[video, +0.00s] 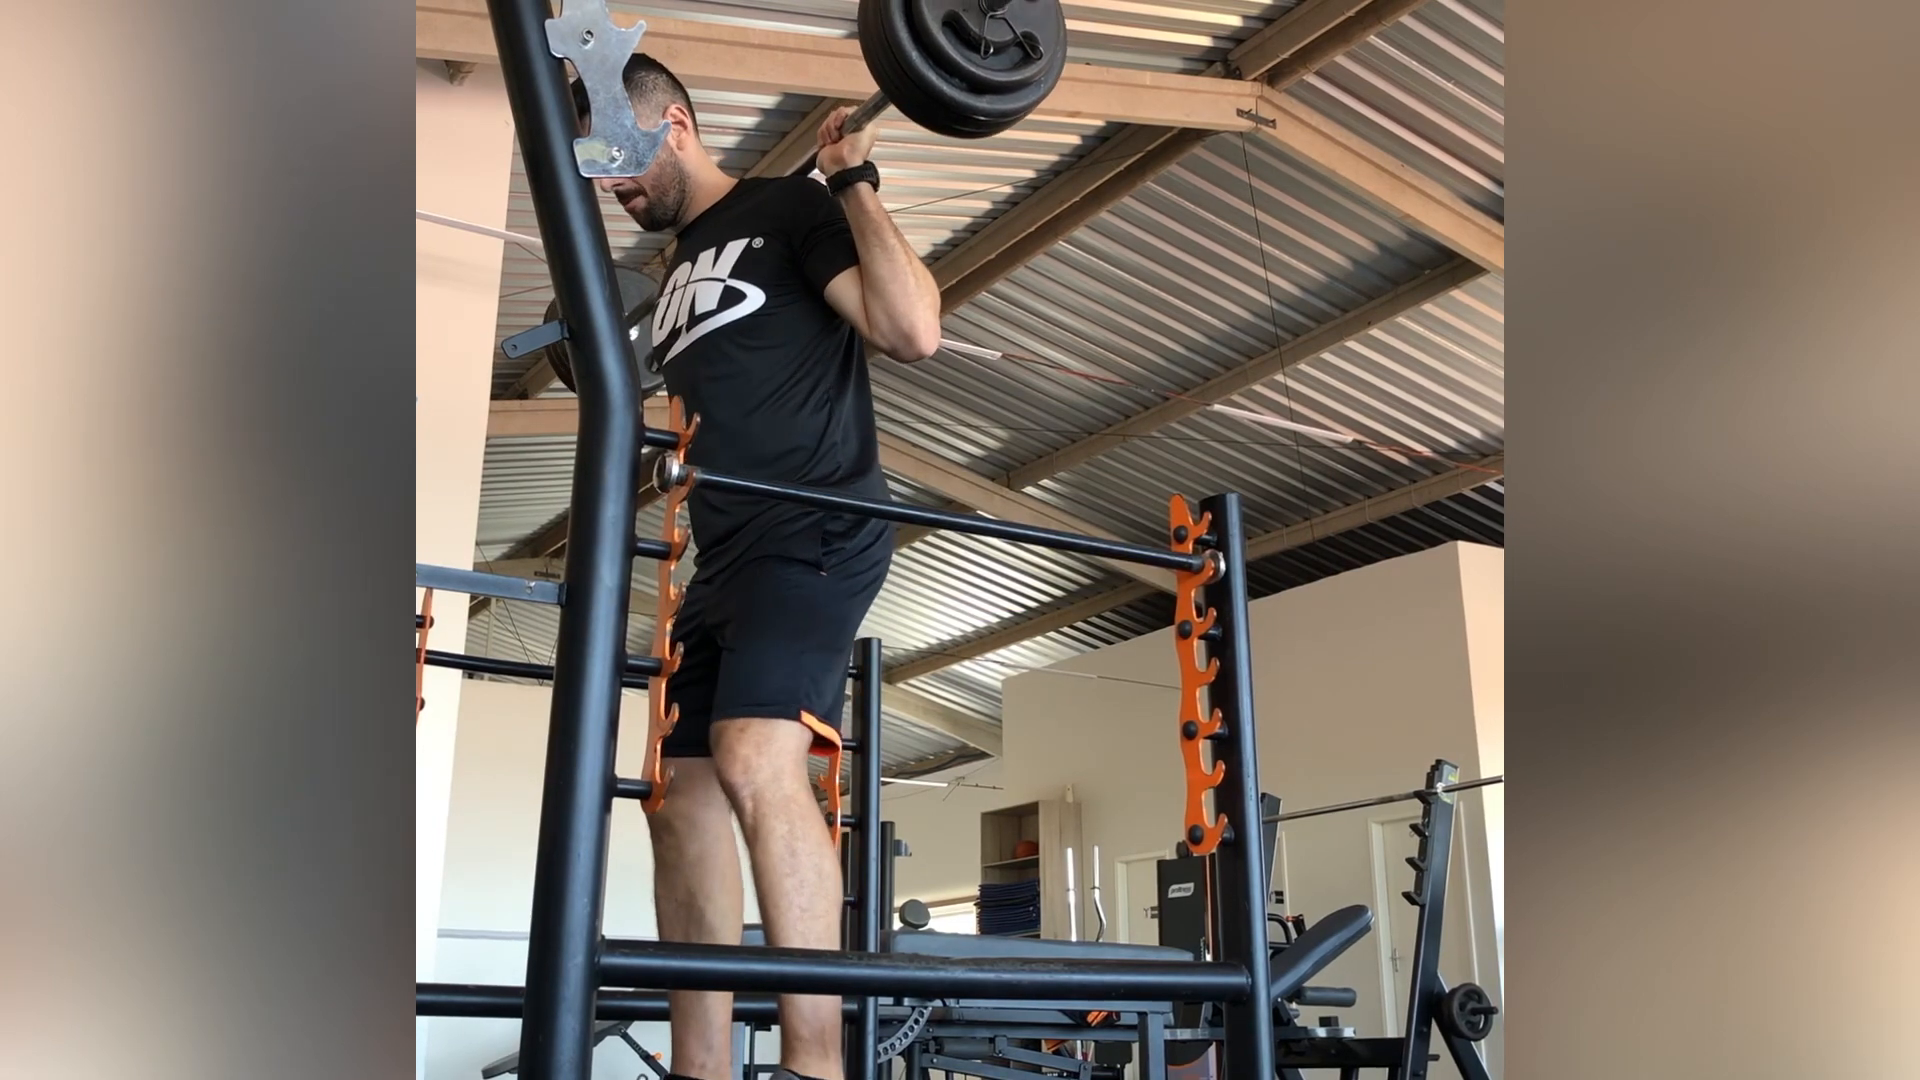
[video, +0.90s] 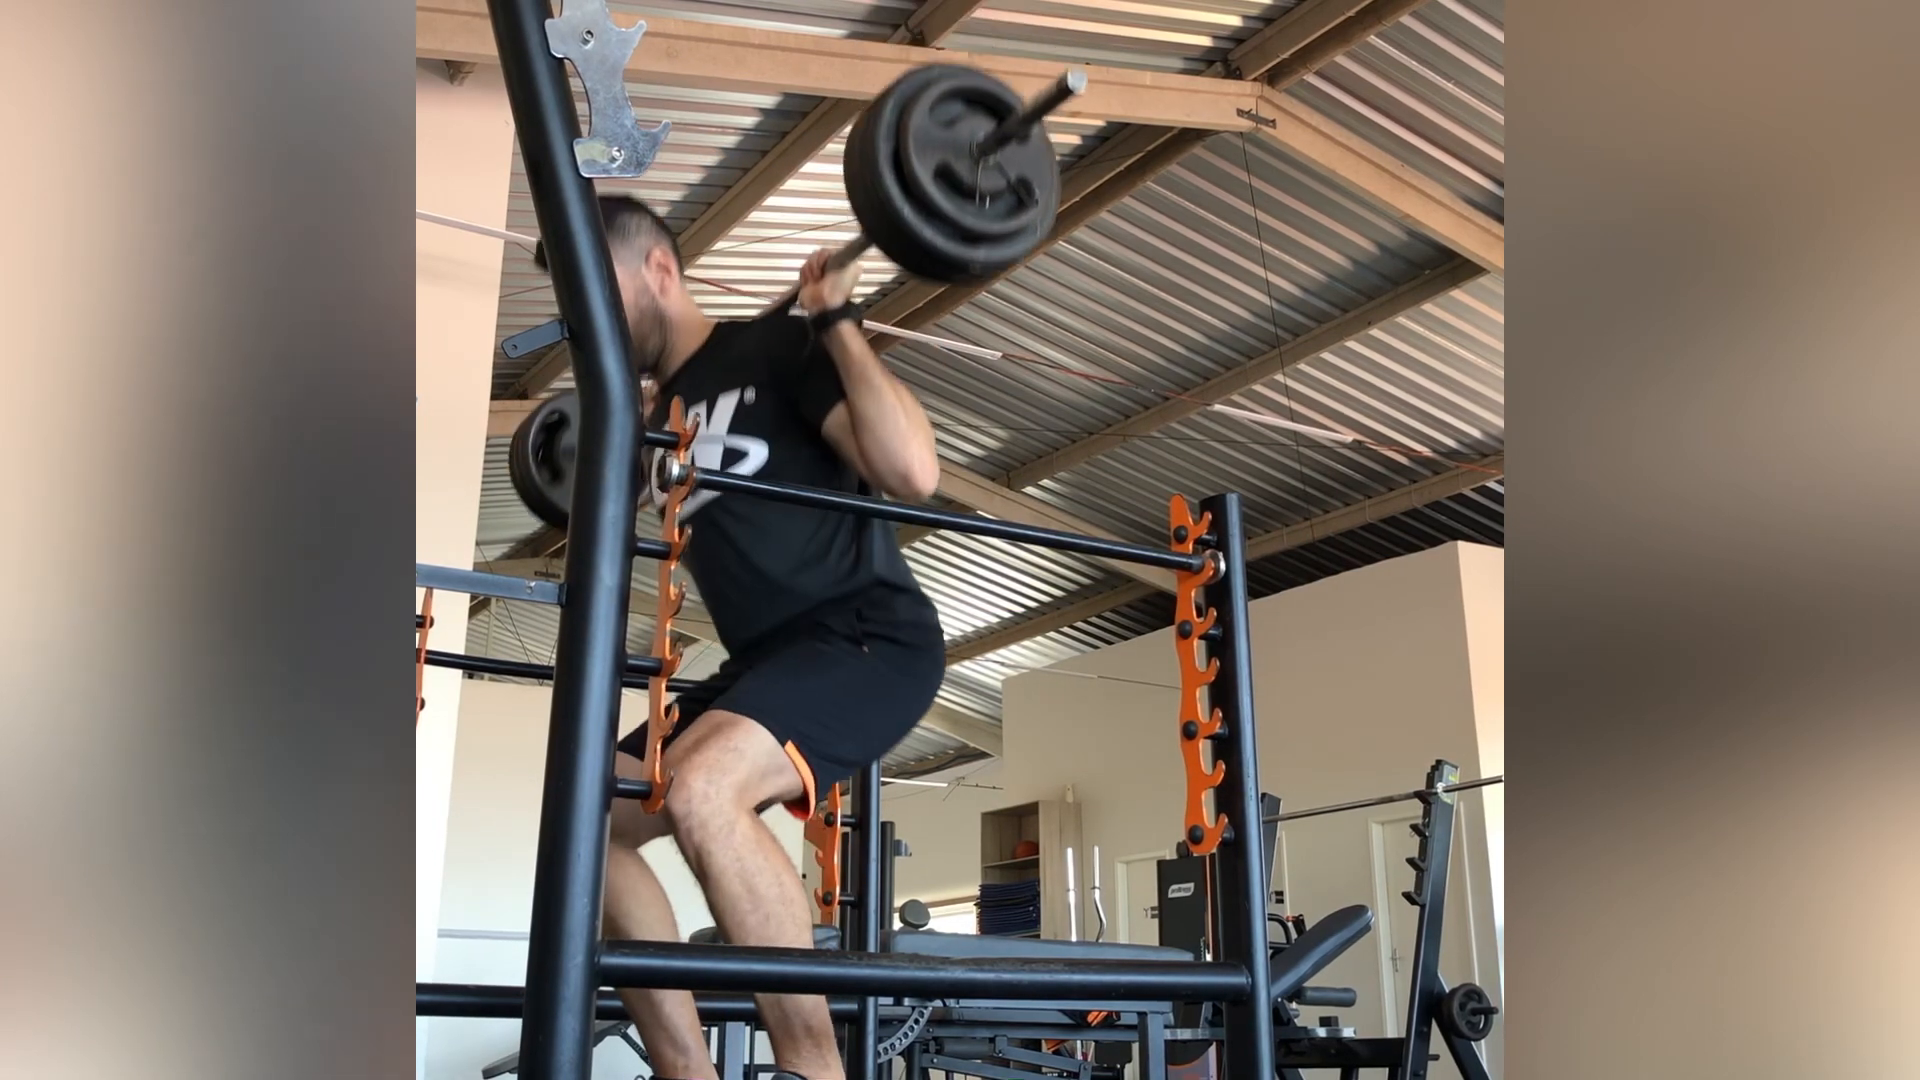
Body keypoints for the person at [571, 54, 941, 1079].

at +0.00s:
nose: (615, 183)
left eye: (626, 155)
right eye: (602, 168)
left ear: (680, 127)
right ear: (610, 171)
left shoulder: (790, 205)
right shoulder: (677, 277)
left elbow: (914, 332)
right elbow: (709, 421)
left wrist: (855, 184)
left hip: (817, 526)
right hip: (725, 546)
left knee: (758, 754)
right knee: (683, 789)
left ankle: (819, 1063)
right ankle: (699, 1068)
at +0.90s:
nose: (590, 309)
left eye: (600, 283)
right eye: (582, 288)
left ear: (661, 267)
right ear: (642, 277)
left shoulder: (781, 341)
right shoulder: (661, 406)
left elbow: (914, 472)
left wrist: (837, 318)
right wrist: (621, 433)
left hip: (868, 634)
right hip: (763, 659)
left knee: (702, 789)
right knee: (587, 812)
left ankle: (816, 1068)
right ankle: (686, 1072)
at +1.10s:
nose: (570, 406)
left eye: (578, 376)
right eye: (557, 387)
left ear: (649, 350)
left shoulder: (766, 415)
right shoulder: (646, 487)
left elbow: (911, 550)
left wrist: (827, 407)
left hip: (882, 700)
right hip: (772, 721)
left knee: (690, 793)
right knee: (568, 833)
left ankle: (816, 1070)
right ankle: (685, 1074)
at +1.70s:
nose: (548, 573)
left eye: (560, 542)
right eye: (537, 552)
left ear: (638, 514)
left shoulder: (749, 578)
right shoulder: (623, 643)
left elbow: (911, 714)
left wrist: (809, 570)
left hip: (886, 853)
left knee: (667, 818)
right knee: (547, 848)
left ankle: (802, 1071)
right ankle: (681, 1073)